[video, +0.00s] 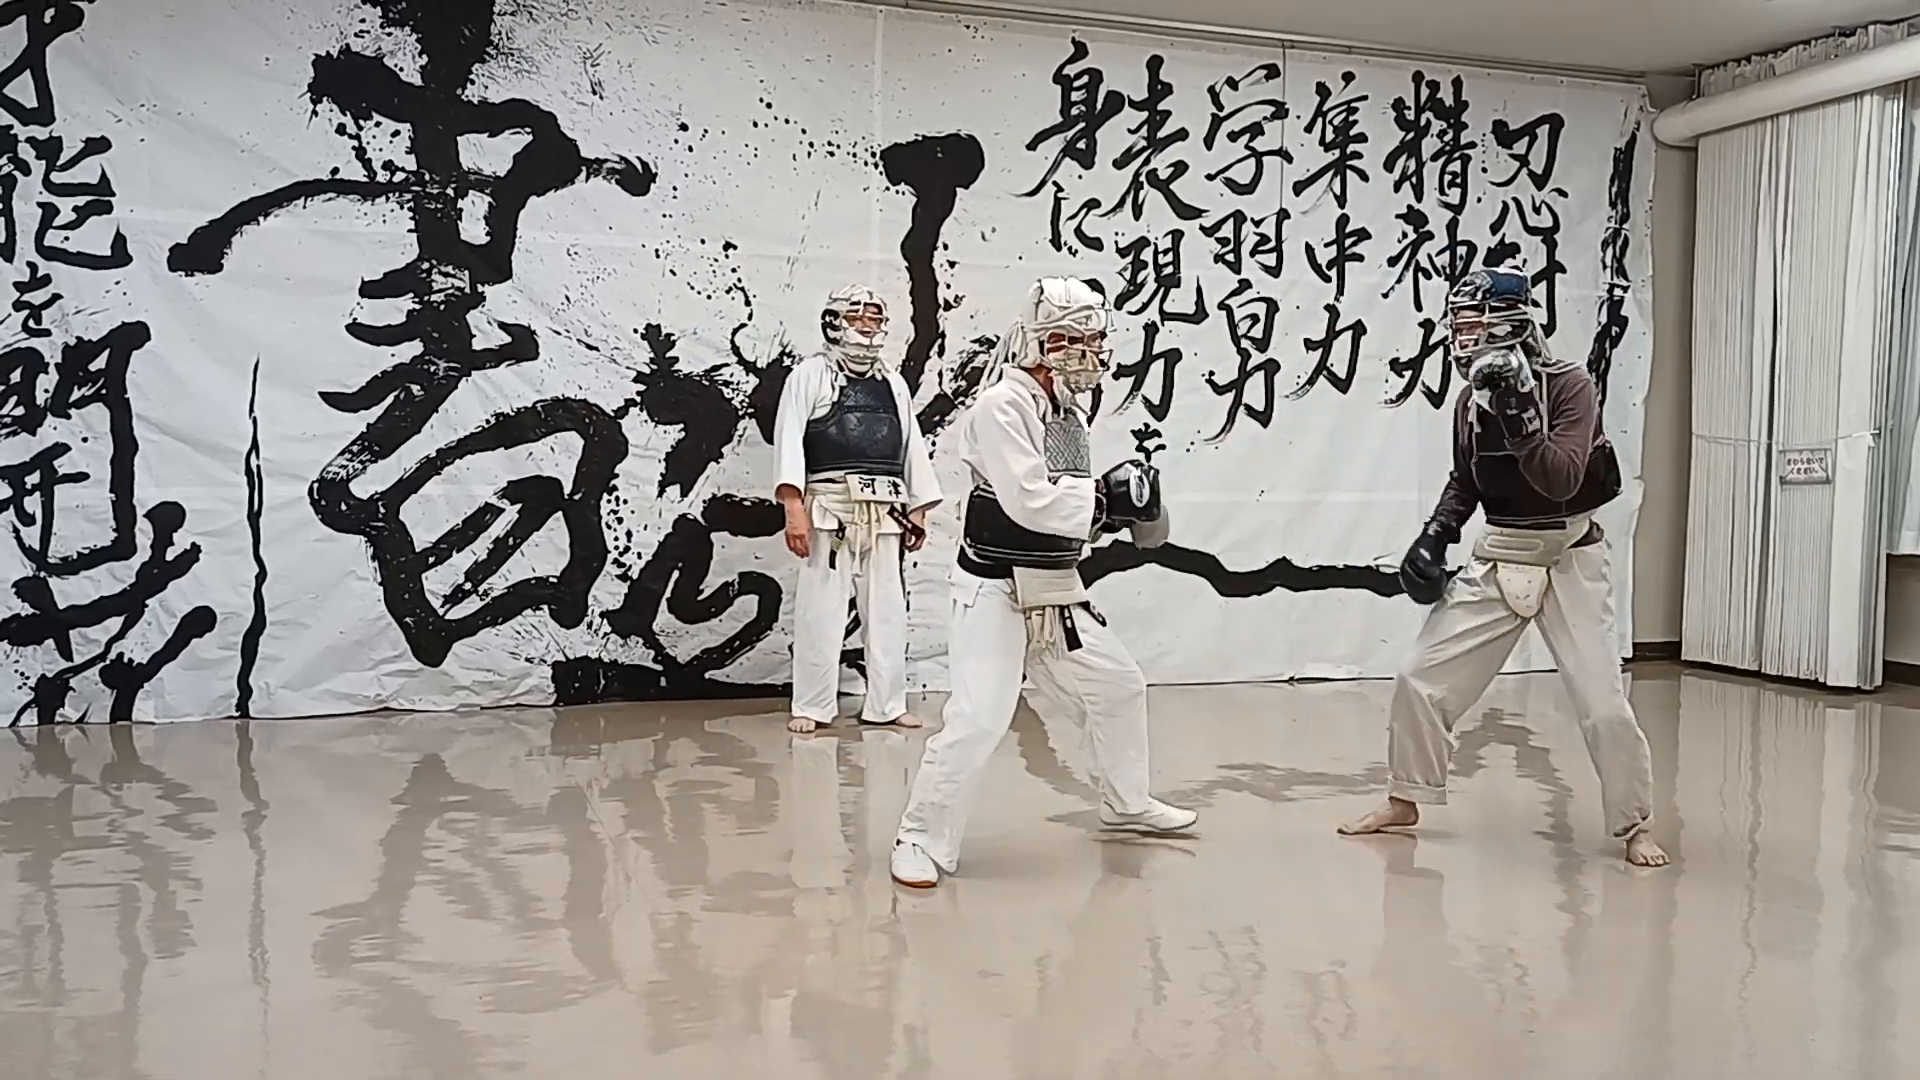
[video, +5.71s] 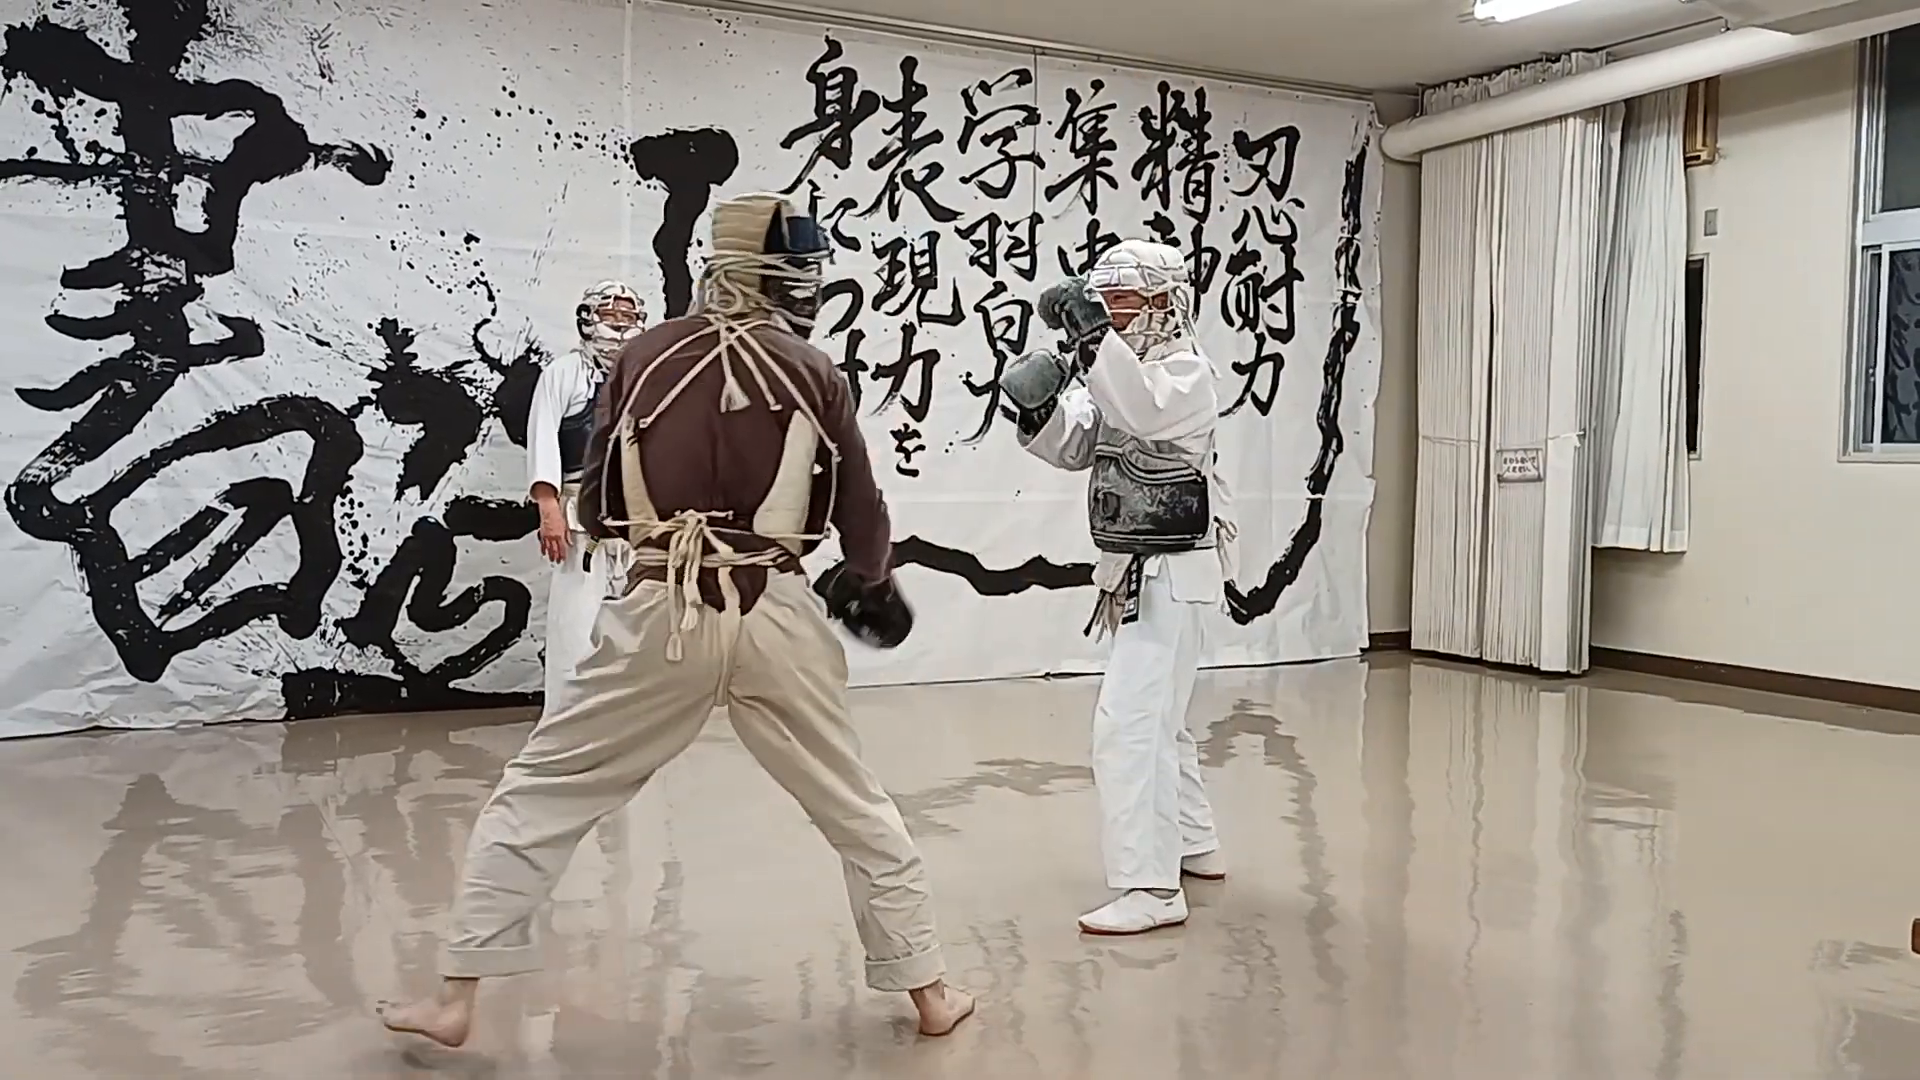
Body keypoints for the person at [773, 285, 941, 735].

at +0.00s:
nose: (868, 325)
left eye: (875, 319)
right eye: (858, 317)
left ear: (882, 326)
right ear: (836, 322)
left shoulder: (893, 381)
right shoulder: (810, 373)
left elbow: (912, 446)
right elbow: (789, 441)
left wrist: (920, 507)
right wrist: (794, 508)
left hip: (884, 509)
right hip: (825, 508)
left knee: (888, 612)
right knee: (820, 613)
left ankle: (886, 706)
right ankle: (811, 709)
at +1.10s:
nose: (798, 323)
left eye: (803, 317)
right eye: (788, 315)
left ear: (808, 326)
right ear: (762, 320)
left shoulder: (817, 381)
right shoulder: (733, 374)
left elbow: (836, 447)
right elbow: (715, 443)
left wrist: (844, 509)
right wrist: (722, 509)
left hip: (811, 511)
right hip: (751, 510)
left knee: (812, 614)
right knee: (744, 615)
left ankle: (810, 708)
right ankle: (734, 712)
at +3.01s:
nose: (734, 320)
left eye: (742, 314)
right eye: (724, 312)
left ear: (750, 323)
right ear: (702, 317)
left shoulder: (759, 379)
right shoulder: (674, 371)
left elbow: (779, 446)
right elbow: (655, 441)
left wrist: (784, 510)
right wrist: (662, 509)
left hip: (752, 510)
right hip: (692, 509)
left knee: (755, 614)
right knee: (685, 615)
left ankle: (751, 708)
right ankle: (675, 713)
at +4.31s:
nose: (661, 318)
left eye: (669, 312)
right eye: (651, 310)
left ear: (679, 321)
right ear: (630, 316)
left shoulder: (693, 377)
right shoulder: (604, 368)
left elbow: (714, 446)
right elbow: (584, 438)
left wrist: (719, 511)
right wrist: (590, 506)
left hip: (684, 510)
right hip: (620, 509)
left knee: (685, 616)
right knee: (614, 617)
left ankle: (681, 710)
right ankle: (604, 715)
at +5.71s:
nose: (624, 311)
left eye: (631, 305)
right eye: (613, 304)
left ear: (639, 316)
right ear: (590, 314)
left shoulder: (645, 368)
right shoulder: (566, 369)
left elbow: (667, 440)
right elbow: (542, 440)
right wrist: (549, 508)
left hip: (639, 512)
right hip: (580, 511)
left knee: (636, 631)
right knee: (574, 632)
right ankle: (563, 738)